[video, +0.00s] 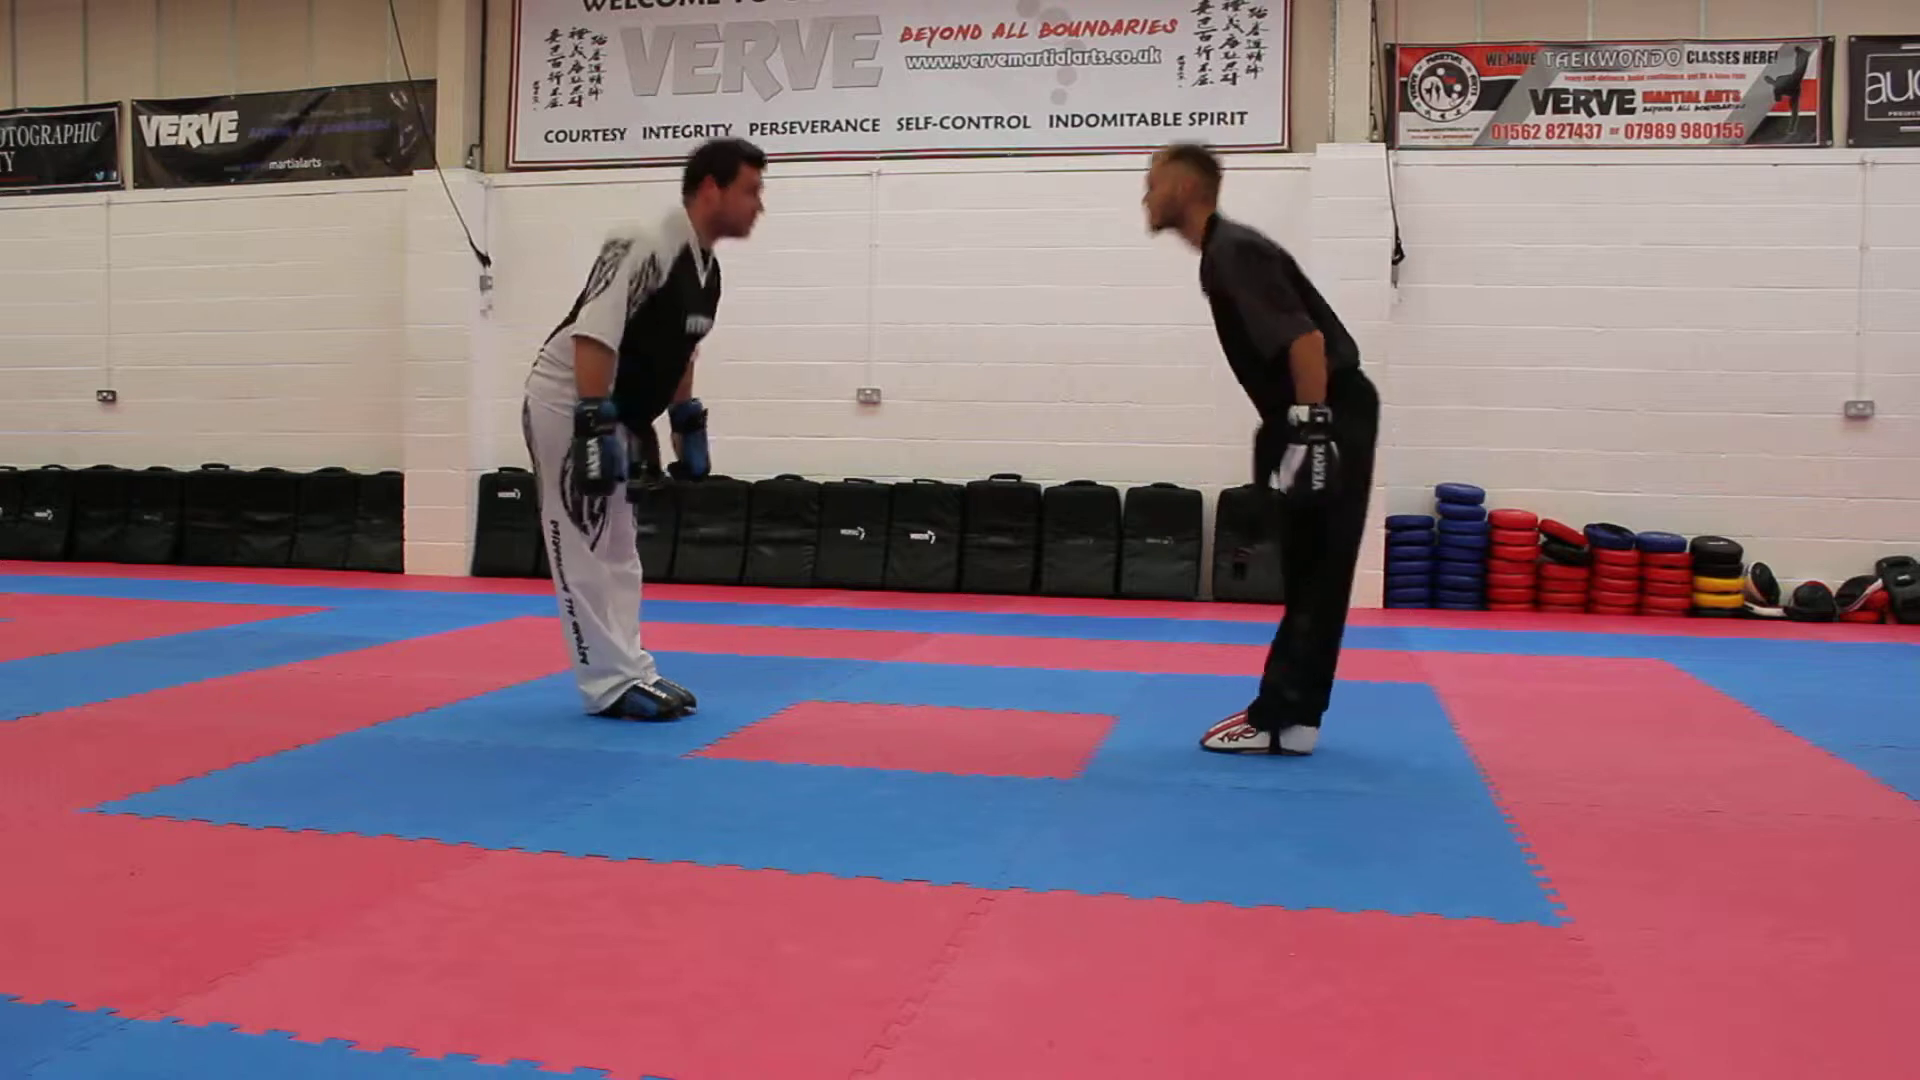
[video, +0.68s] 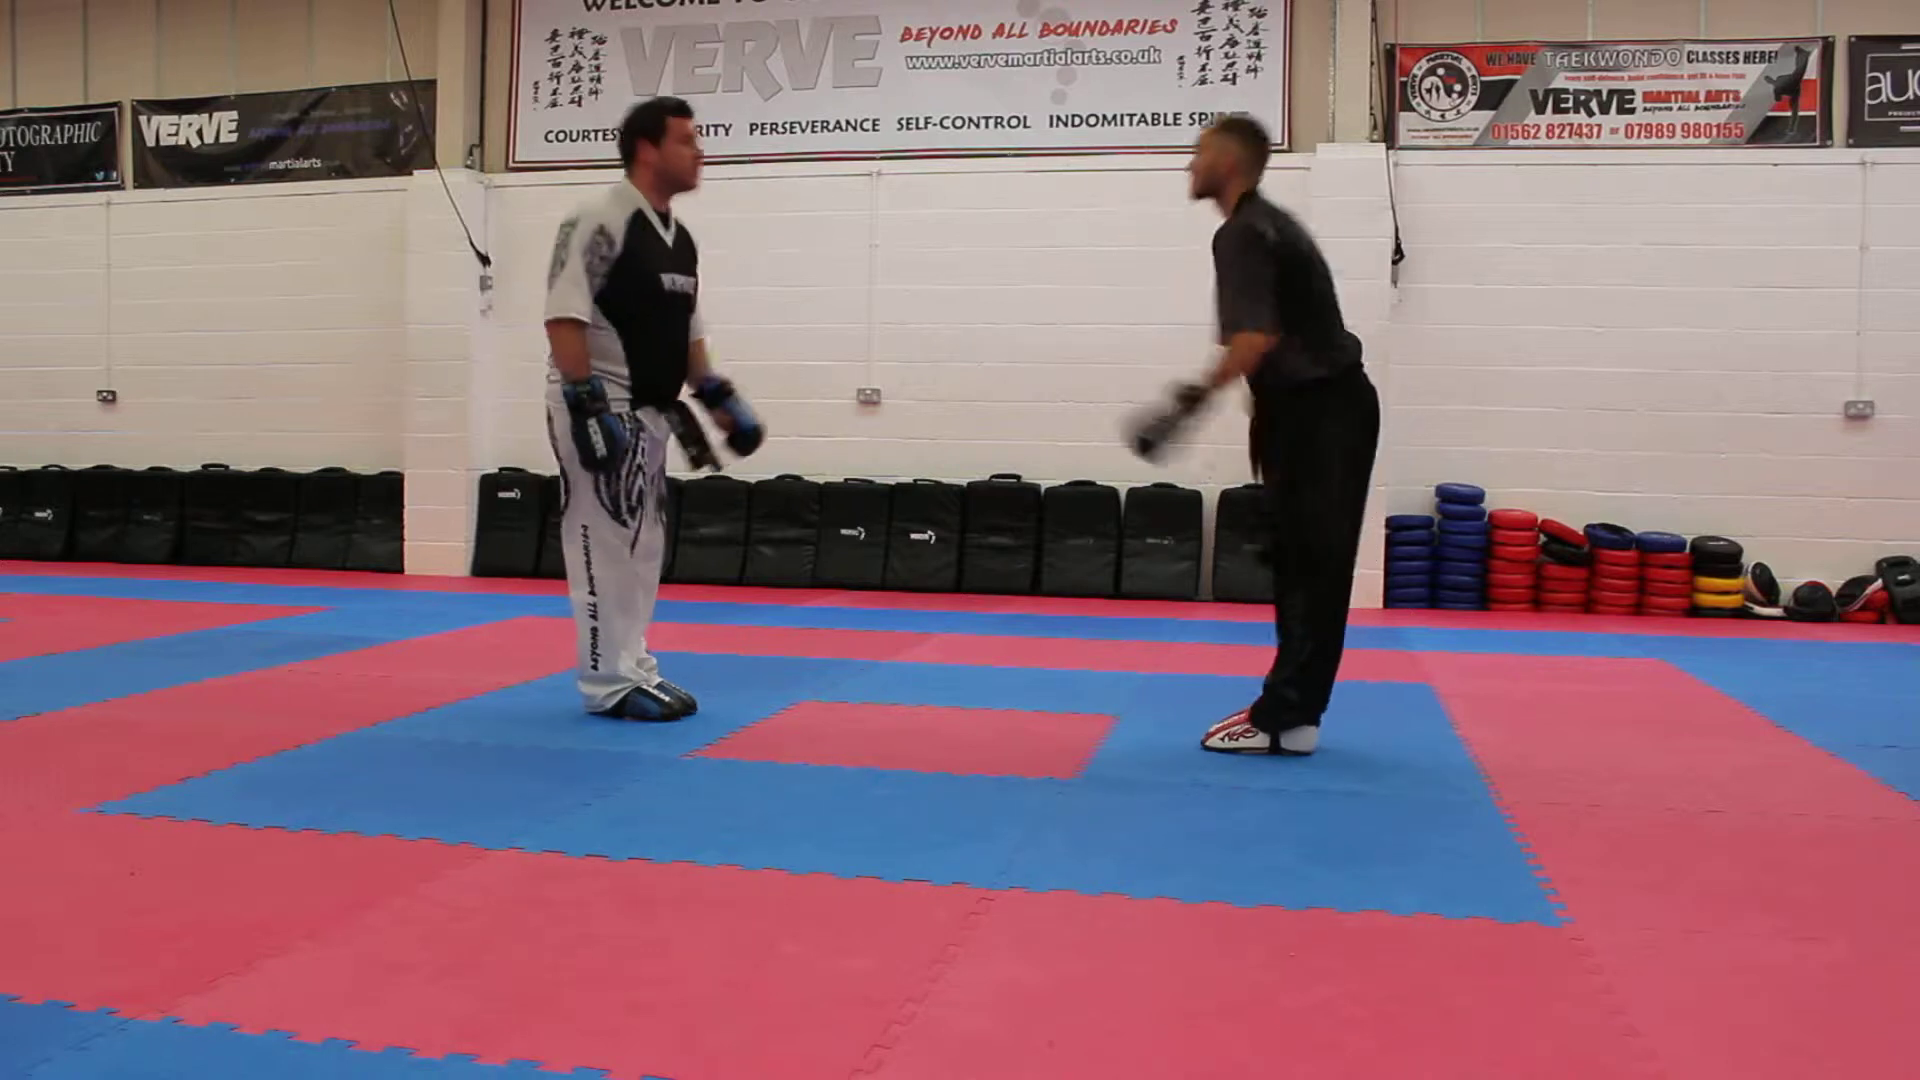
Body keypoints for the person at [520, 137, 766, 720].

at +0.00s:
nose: (760, 204)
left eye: (761, 192)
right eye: (752, 190)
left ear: (718, 192)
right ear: (711, 189)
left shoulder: (707, 270)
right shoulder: (644, 245)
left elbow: (678, 351)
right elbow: (593, 335)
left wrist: (685, 425)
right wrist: (592, 428)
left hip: (617, 410)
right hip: (565, 400)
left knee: (618, 543)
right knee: (581, 541)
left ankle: (631, 672)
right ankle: (607, 682)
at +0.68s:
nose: (701, 152)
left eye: (698, 141)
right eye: (688, 141)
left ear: (660, 152)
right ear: (647, 150)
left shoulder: (680, 239)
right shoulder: (597, 220)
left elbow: (686, 333)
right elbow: (564, 319)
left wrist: (719, 399)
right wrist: (587, 408)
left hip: (652, 415)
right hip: (601, 410)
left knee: (645, 543)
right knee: (605, 542)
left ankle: (633, 668)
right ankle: (606, 681)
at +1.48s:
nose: (605, 174)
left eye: (605, 163)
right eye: (592, 163)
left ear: (595, 171)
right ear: (549, 170)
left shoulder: (621, 258)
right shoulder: (488, 239)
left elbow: (646, 344)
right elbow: (450, 323)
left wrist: (688, 358)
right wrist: (515, 340)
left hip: (592, 423)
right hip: (504, 422)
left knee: (647, 540)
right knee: (443, 536)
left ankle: (693, 667)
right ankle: (400, 657)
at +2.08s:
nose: (566, 223)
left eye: (566, 212)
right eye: (553, 212)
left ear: (560, 218)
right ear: (512, 218)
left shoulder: (588, 301)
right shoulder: (461, 297)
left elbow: (628, 381)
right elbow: (433, 381)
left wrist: (664, 377)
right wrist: (479, 392)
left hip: (571, 468)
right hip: (491, 470)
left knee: (640, 570)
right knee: (414, 563)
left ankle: (704, 679)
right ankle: (414, 674)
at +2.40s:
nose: (411, 188)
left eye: (414, 176)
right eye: (399, 176)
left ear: (419, 180)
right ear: (362, 182)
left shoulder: (439, 250)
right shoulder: (331, 264)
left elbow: (483, 330)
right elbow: (312, 346)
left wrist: (435, 311)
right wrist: (338, 357)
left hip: (440, 411)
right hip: (380, 416)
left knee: (365, 529)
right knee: (360, 537)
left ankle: (400, 653)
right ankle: (400, 659)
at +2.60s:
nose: (256, 194)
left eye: (265, 179)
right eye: (254, 181)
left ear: (302, 178)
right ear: (285, 184)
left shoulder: (331, 240)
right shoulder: (307, 245)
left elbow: (347, 327)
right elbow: (307, 335)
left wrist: (265, 362)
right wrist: (259, 367)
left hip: (329, 420)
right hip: (365, 422)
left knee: (250, 541)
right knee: (338, 552)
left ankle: (190, 666)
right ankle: (408, 660)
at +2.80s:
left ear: (154, 209)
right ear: (213, 201)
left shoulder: (150, 272)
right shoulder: (262, 255)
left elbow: (146, 368)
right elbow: (308, 333)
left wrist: (134, 434)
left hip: (243, 422)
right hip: (315, 420)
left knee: (182, 544)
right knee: (286, 537)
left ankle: (181, 676)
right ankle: (358, 626)